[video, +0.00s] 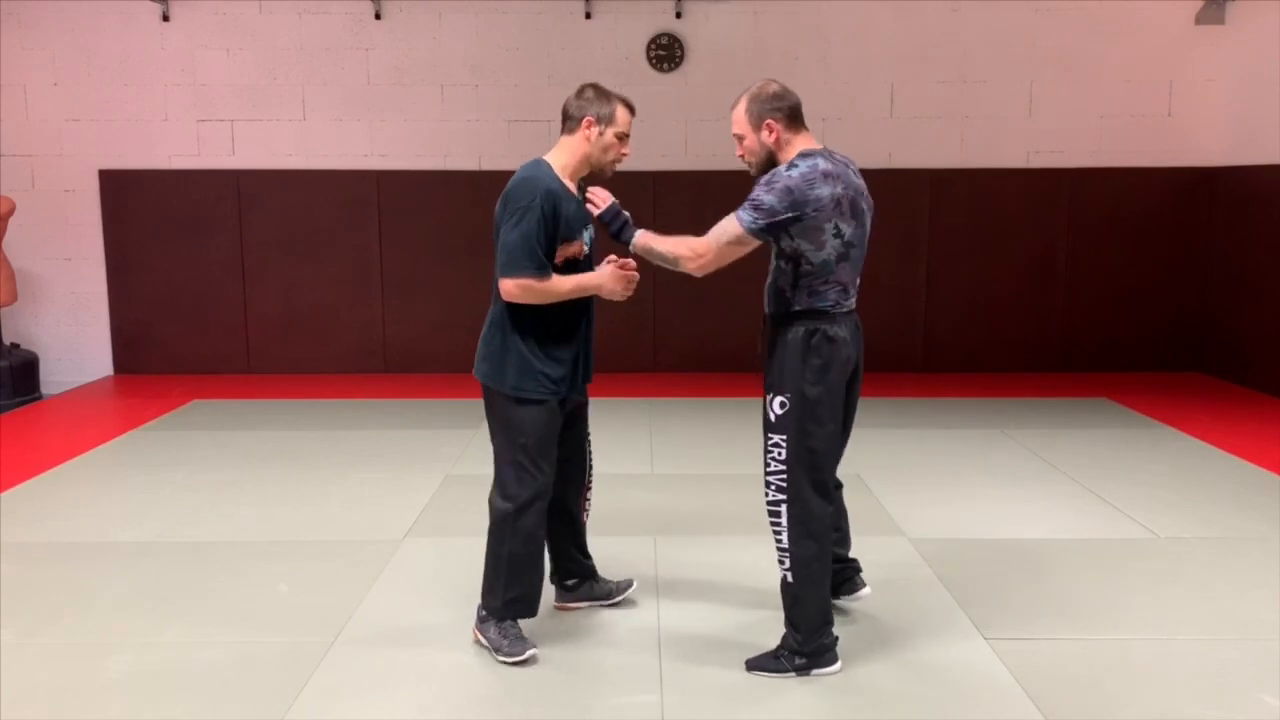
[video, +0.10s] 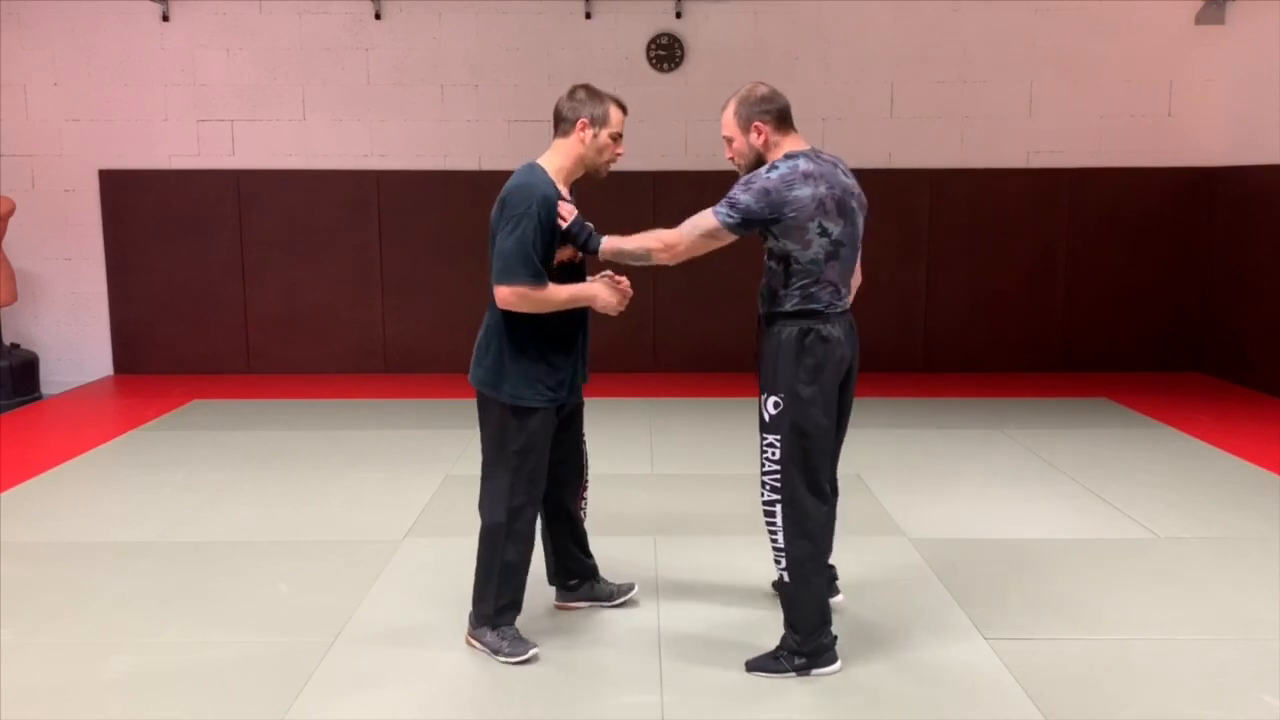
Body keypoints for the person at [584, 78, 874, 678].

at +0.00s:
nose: (739, 150)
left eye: (742, 137)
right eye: (737, 138)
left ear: (773, 128)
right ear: (790, 127)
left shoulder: (789, 185)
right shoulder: (846, 174)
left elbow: (701, 257)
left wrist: (627, 232)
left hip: (805, 344)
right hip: (840, 339)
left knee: (791, 491)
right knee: (816, 472)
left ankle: (808, 642)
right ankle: (837, 569)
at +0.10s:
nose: (727, 151)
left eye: (730, 139)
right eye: (725, 139)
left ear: (761, 130)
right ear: (778, 129)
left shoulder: (772, 184)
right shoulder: (841, 177)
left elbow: (672, 246)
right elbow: (850, 277)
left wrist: (590, 241)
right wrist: (822, 330)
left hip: (796, 345)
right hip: (833, 338)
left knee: (787, 489)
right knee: (814, 476)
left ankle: (808, 644)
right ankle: (814, 577)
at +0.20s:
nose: (719, 153)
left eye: (722, 141)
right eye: (717, 142)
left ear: (754, 132)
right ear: (771, 131)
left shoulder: (764, 186)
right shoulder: (834, 180)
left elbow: (670, 250)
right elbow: (848, 274)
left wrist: (587, 242)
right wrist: (825, 333)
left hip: (793, 343)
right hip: (828, 339)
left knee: (783, 488)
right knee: (807, 475)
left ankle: (808, 643)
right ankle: (799, 576)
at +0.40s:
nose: (712, 155)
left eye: (719, 143)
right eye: (711, 143)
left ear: (752, 136)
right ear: (760, 137)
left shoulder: (776, 187)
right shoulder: (808, 178)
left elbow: (672, 245)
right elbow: (692, 242)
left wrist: (594, 221)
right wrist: (609, 229)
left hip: (791, 340)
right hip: (810, 337)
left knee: (755, 480)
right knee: (791, 478)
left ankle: (795, 632)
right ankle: (801, 601)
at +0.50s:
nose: (710, 153)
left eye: (716, 141)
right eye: (709, 141)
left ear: (751, 134)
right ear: (758, 135)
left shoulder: (776, 186)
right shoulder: (804, 177)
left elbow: (676, 244)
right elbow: (693, 240)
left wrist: (597, 209)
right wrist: (611, 220)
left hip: (786, 340)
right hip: (805, 336)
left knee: (752, 478)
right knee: (790, 470)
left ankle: (773, 633)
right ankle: (799, 584)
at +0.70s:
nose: (698, 156)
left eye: (702, 144)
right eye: (696, 145)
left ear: (735, 138)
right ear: (745, 137)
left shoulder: (756, 190)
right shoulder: (798, 178)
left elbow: (663, 248)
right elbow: (790, 272)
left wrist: (588, 230)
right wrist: (746, 320)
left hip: (772, 344)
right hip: (798, 340)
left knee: (751, 488)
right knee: (786, 470)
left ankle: (755, 641)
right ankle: (798, 580)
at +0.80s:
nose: (691, 159)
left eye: (694, 147)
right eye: (689, 148)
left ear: (725, 138)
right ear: (736, 137)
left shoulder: (747, 190)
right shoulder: (794, 175)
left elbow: (655, 248)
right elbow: (789, 274)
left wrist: (582, 230)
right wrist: (744, 321)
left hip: (768, 344)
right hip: (800, 339)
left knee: (751, 489)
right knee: (790, 472)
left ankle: (757, 641)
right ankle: (798, 577)